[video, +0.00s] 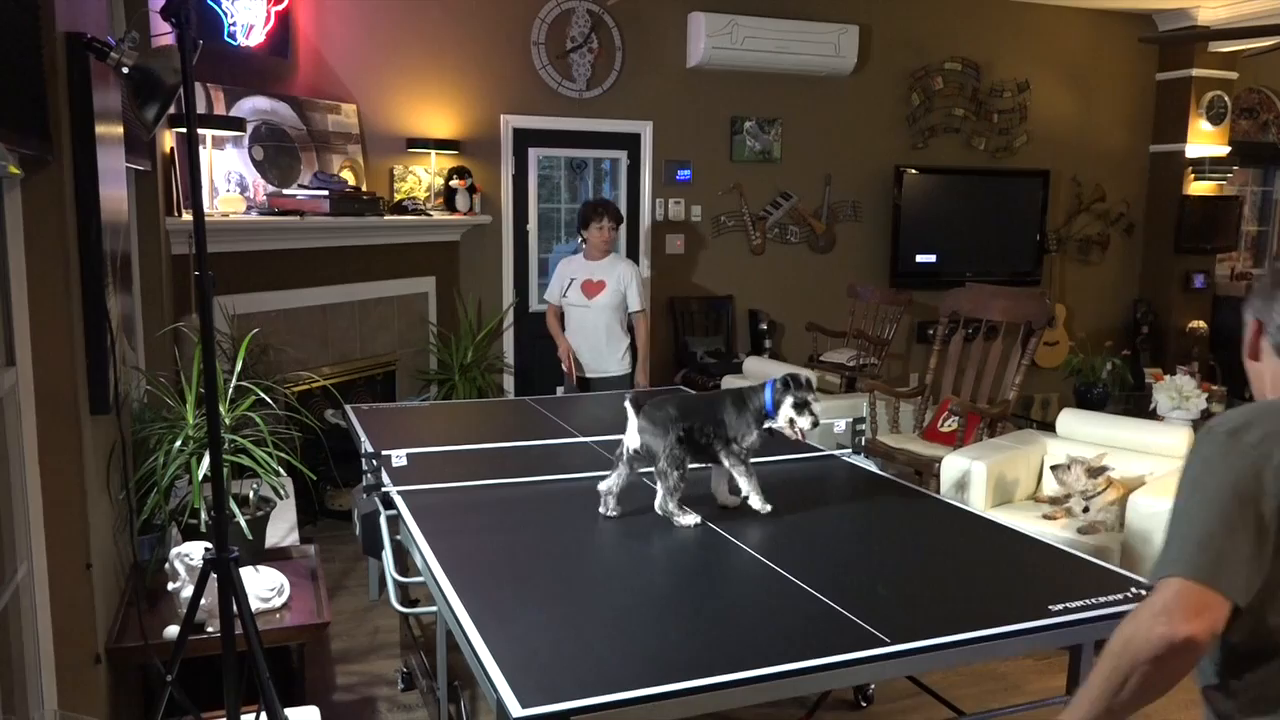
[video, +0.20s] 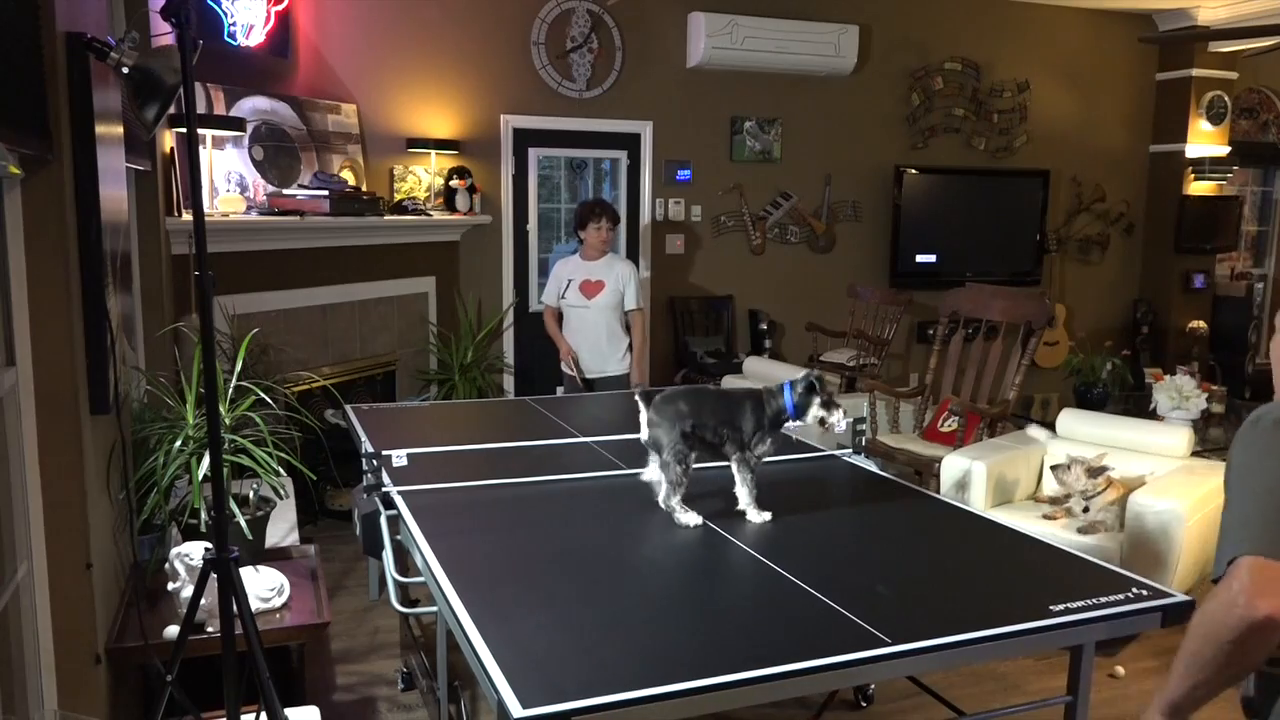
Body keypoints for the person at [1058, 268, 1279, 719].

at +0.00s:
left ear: (1256, 336)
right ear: (1261, 335)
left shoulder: (1251, 438)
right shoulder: (1246, 438)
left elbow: (1183, 624)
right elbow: (1181, 623)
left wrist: (1080, 712)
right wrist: (1086, 708)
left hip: (1257, 705)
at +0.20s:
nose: (1269, 350)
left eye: (1274, 332)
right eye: (1274, 333)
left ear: (1279, 341)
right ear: (1272, 342)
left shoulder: (1268, 427)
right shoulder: (1264, 427)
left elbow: (1260, 602)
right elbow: (1260, 599)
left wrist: (1165, 709)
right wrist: (1167, 708)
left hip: (1272, 705)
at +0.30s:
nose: (1269, 329)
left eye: (1273, 309)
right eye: (1273, 309)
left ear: (1278, 313)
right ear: (1270, 312)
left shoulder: (1268, 414)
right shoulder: (1264, 413)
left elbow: (1266, 594)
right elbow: (1266, 592)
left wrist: (1200, 706)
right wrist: (1203, 704)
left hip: (1272, 708)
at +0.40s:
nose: (1262, 311)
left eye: (1267, 291)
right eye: (1266, 291)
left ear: (1279, 297)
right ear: (1268, 298)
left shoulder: (1267, 407)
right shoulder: (1263, 407)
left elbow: (1262, 598)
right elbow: (1262, 596)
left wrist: (1198, 708)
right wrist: (1203, 705)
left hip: (1271, 707)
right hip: (1266, 705)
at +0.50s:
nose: (1243, 299)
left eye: (1248, 280)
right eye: (1247, 279)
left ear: (1275, 295)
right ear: (1276, 294)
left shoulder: (1260, 405)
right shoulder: (1257, 404)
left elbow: (1248, 617)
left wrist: (1180, 711)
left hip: (1264, 706)